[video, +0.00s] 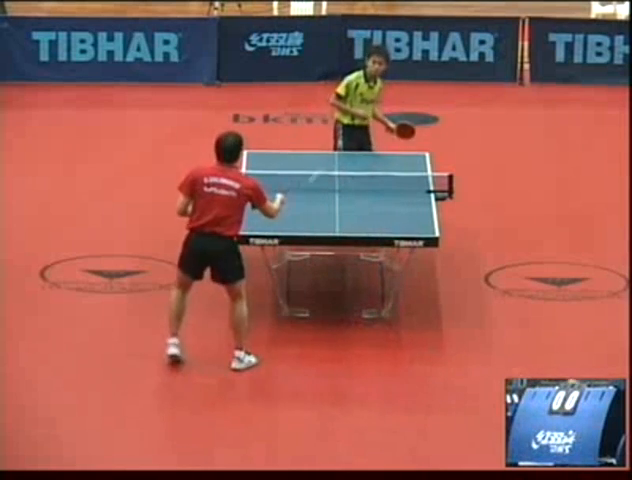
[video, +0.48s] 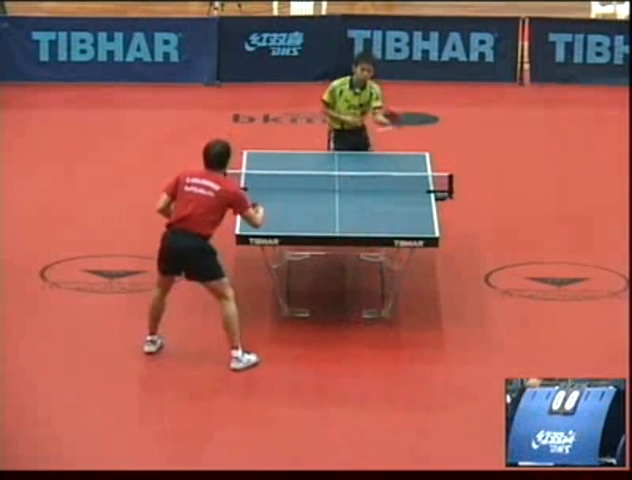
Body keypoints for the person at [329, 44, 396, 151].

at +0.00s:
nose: (376, 67)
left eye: (380, 64)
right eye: (373, 62)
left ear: (385, 67)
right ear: (367, 62)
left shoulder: (378, 84)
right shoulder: (352, 80)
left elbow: (373, 109)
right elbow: (334, 100)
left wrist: (388, 124)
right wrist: (356, 113)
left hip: (363, 126)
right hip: (346, 125)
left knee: (367, 161)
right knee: (345, 163)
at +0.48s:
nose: (365, 74)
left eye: (369, 71)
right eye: (362, 70)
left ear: (372, 73)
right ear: (354, 69)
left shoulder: (373, 89)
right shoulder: (337, 86)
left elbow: (376, 111)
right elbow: (325, 108)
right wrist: (346, 119)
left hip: (359, 130)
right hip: (340, 130)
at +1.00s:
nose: (385, 77)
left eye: (388, 74)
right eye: (382, 73)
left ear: (393, 76)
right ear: (376, 73)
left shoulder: (393, 92)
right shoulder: (360, 88)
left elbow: (387, 112)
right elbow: (343, 103)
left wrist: (396, 129)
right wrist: (359, 119)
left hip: (376, 132)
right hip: (356, 131)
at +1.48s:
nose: (364, 79)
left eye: (368, 76)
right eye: (361, 74)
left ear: (374, 77)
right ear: (356, 73)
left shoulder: (379, 89)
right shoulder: (342, 86)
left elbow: (375, 115)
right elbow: (333, 108)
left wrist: (360, 107)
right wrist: (346, 120)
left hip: (368, 132)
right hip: (348, 132)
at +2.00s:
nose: (389, 96)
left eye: (392, 92)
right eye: (386, 91)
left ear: (395, 93)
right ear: (378, 87)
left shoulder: (392, 103)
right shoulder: (360, 100)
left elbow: (396, 123)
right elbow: (341, 120)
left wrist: (412, 129)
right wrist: (360, 134)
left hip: (373, 140)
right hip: (352, 140)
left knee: (384, 168)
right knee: (350, 173)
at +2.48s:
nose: (395, 79)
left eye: (399, 76)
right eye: (393, 75)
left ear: (403, 79)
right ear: (388, 75)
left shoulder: (404, 93)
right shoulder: (370, 86)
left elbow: (402, 114)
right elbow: (354, 100)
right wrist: (369, 117)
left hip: (384, 131)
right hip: (365, 129)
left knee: (385, 164)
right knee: (360, 163)